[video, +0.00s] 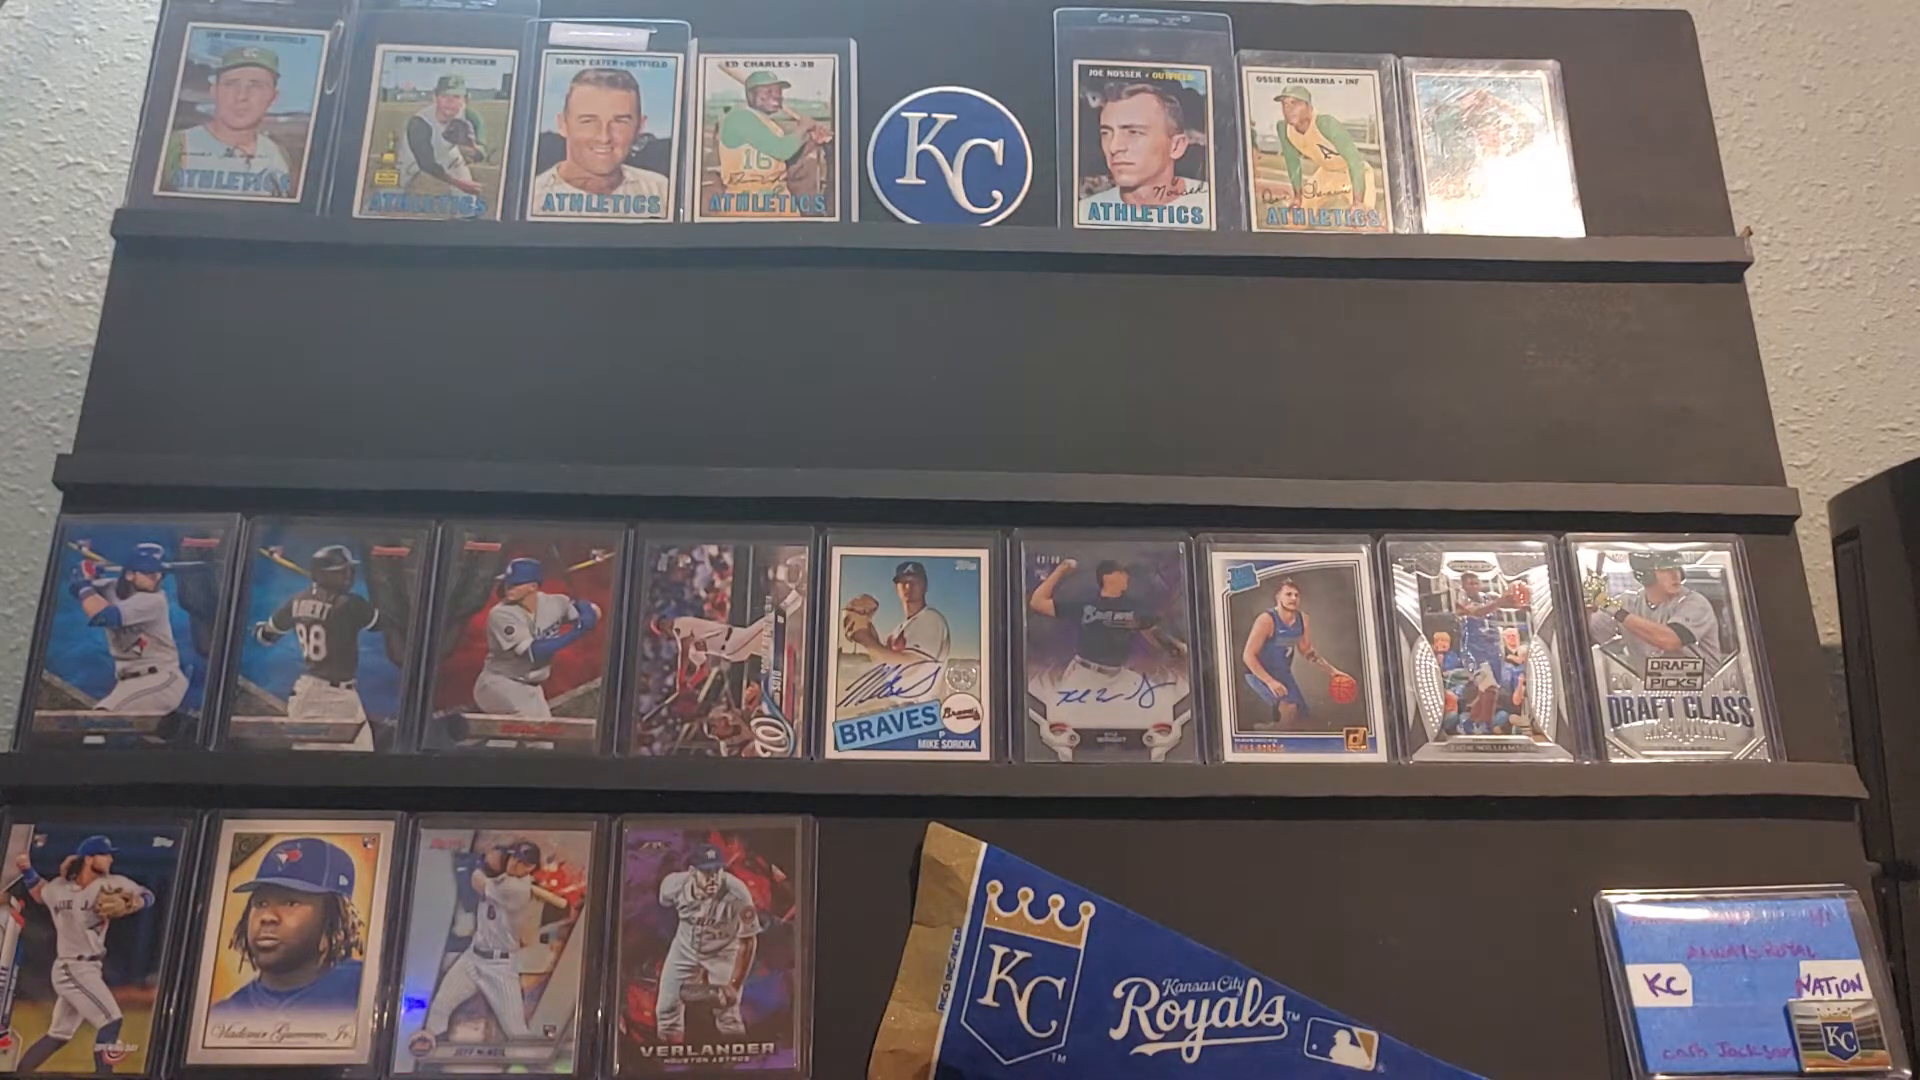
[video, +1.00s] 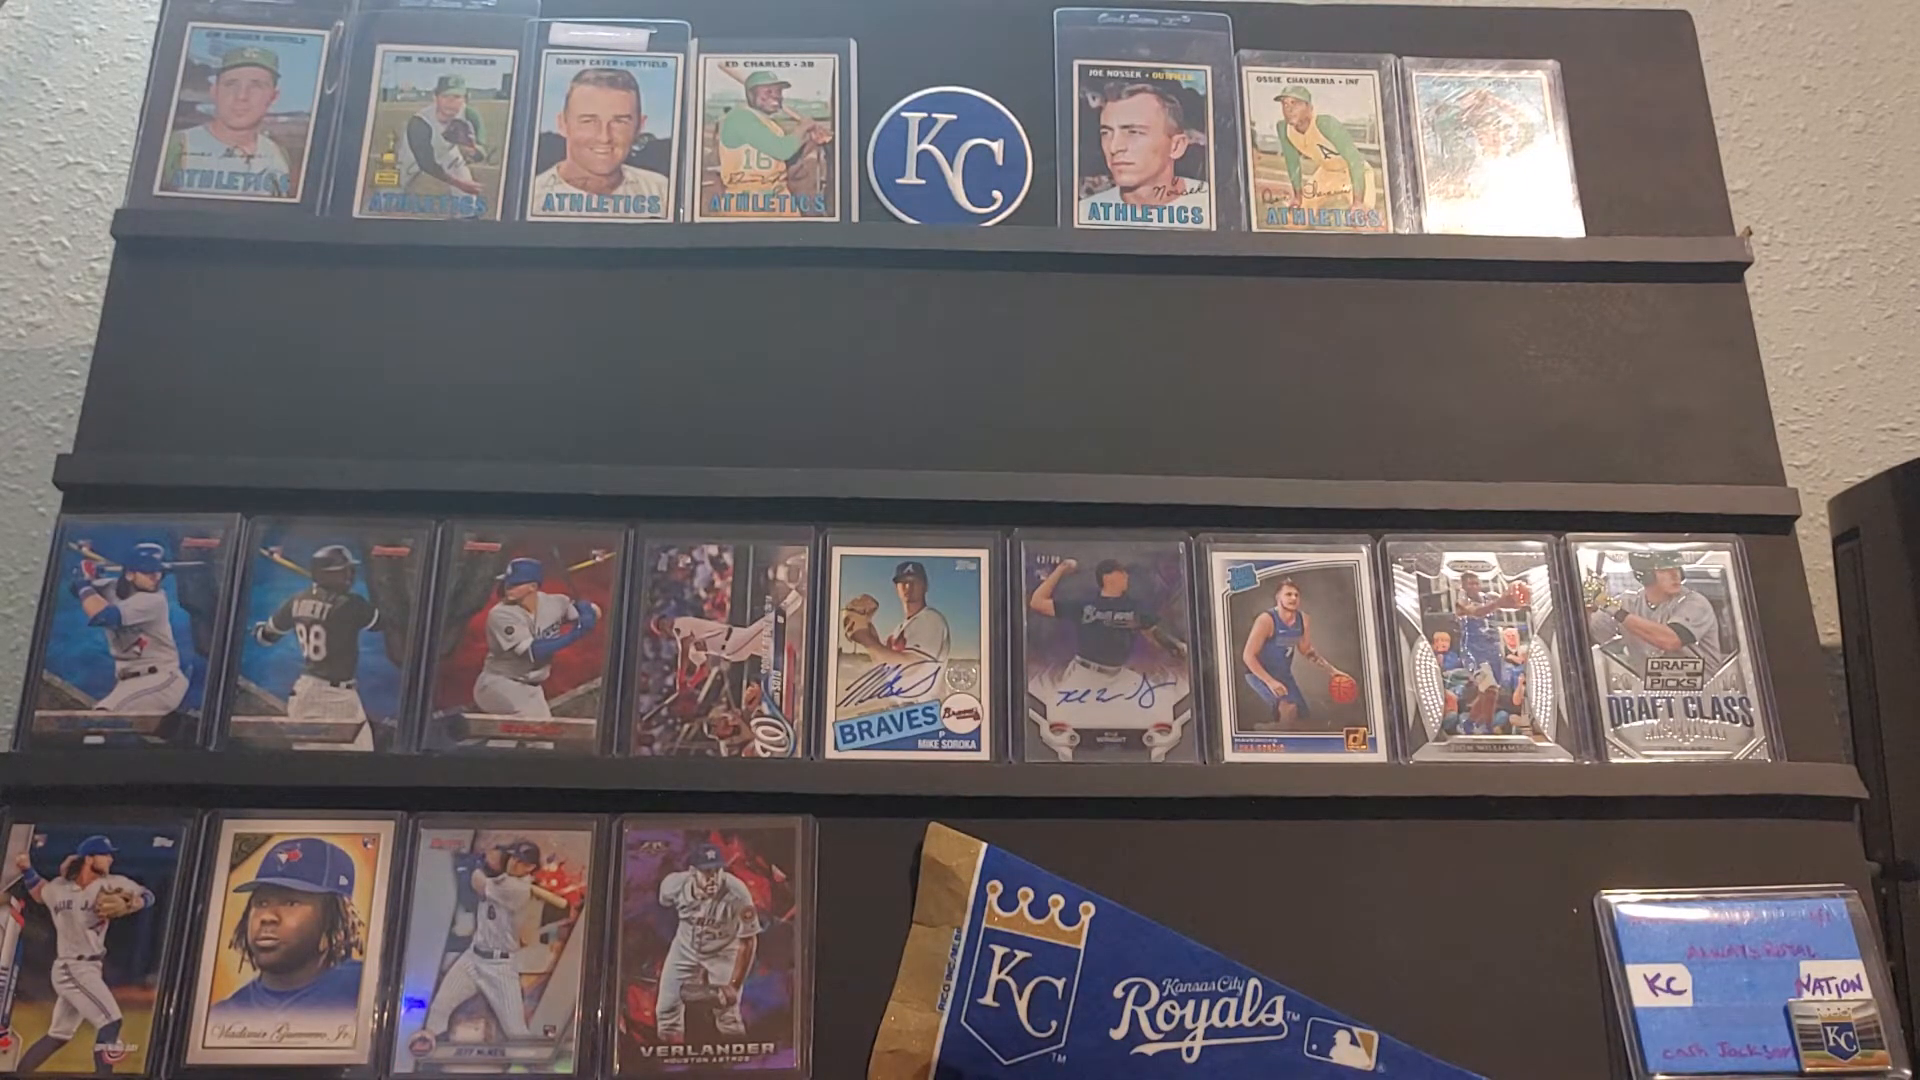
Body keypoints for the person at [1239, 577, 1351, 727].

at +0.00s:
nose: (1293, 599)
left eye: (1296, 595)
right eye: (1288, 594)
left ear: (1300, 598)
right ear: (1278, 598)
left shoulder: (1302, 619)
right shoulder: (1266, 620)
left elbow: (1307, 651)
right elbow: (1248, 656)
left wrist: (1332, 671)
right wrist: (1270, 681)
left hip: (1283, 672)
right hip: (1260, 672)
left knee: (1301, 713)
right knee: (1289, 706)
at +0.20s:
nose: (1293, 599)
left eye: (1296, 595)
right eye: (1288, 594)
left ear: (1299, 598)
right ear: (1278, 598)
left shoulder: (1302, 619)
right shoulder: (1266, 620)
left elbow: (1307, 650)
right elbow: (1248, 656)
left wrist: (1333, 671)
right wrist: (1270, 681)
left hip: (1283, 673)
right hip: (1260, 673)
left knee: (1302, 714)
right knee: (1289, 706)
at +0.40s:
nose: (1293, 599)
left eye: (1296, 595)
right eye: (1288, 595)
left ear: (1299, 599)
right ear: (1278, 598)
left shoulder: (1302, 619)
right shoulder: (1265, 620)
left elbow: (1307, 650)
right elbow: (1248, 656)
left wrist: (1332, 671)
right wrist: (1270, 682)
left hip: (1284, 674)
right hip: (1259, 673)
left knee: (1303, 715)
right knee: (1288, 708)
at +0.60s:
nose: (1293, 599)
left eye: (1296, 595)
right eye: (1288, 595)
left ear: (1299, 599)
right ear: (1278, 598)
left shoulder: (1302, 619)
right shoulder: (1266, 620)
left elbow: (1307, 650)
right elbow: (1248, 656)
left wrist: (1332, 671)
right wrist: (1270, 682)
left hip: (1284, 674)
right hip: (1260, 673)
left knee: (1302, 714)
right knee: (1288, 707)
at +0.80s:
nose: (1293, 599)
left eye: (1296, 595)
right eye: (1288, 595)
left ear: (1299, 599)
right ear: (1278, 598)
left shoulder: (1302, 619)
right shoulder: (1265, 620)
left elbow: (1307, 650)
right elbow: (1248, 656)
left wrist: (1332, 671)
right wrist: (1270, 681)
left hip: (1284, 674)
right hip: (1260, 673)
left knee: (1303, 714)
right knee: (1288, 707)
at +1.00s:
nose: (1293, 599)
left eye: (1296, 595)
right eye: (1288, 595)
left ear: (1299, 599)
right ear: (1278, 598)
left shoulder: (1302, 619)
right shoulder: (1266, 620)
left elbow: (1307, 650)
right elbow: (1248, 656)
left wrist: (1333, 671)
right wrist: (1270, 682)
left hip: (1284, 674)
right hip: (1260, 673)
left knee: (1302, 714)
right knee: (1288, 706)